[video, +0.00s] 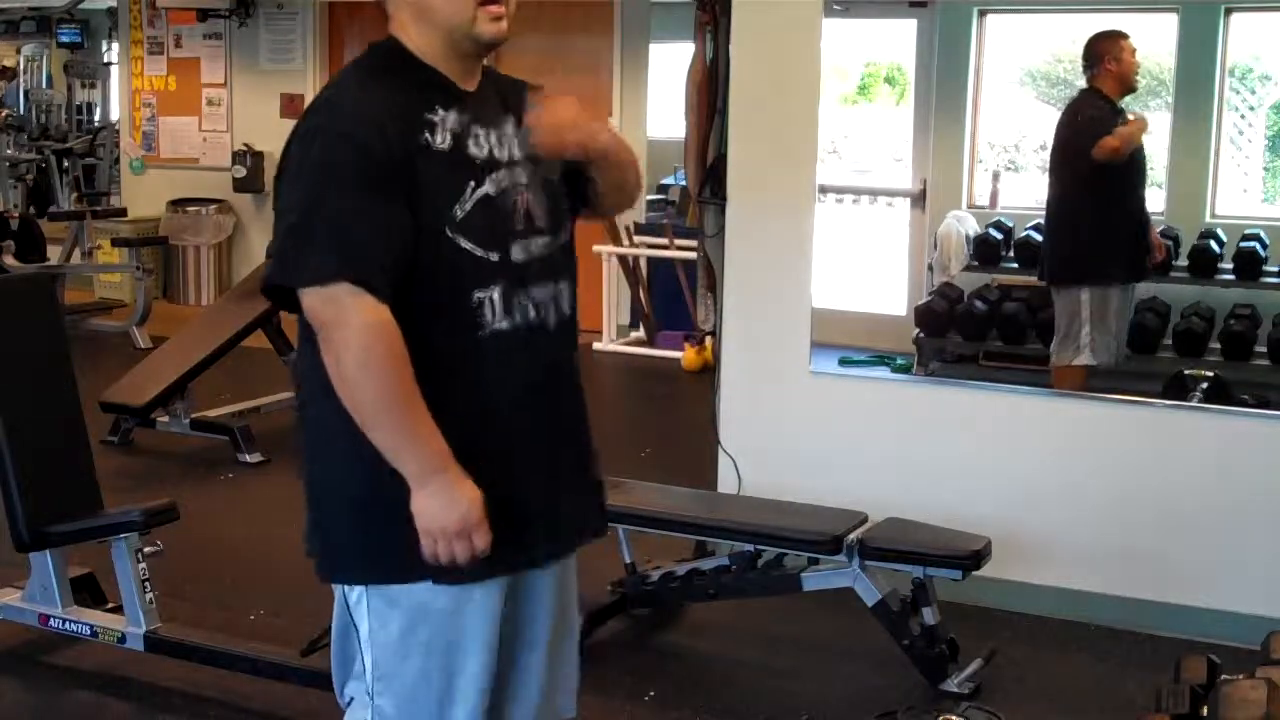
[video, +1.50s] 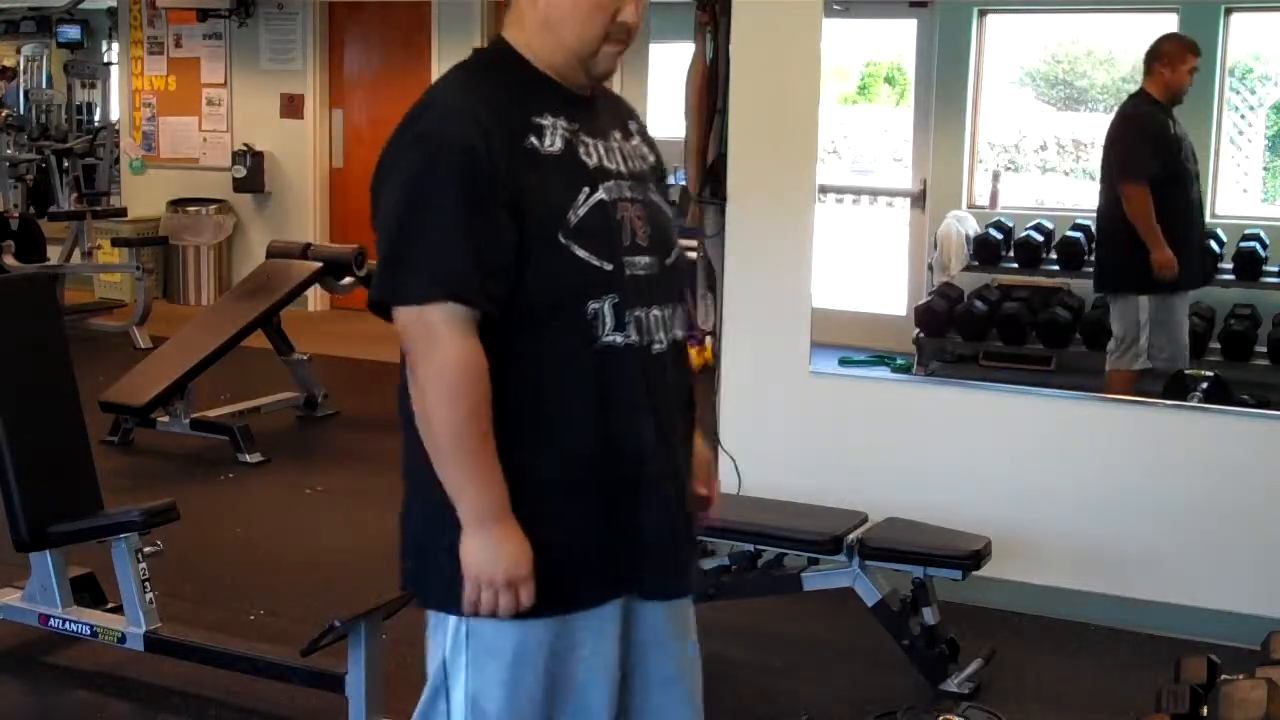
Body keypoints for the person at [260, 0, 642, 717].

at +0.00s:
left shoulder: (525, 107)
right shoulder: (350, 120)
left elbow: (612, 197)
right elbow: (340, 308)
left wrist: (601, 148)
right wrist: (431, 474)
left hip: (537, 496)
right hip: (411, 521)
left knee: (537, 708)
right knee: (419, 710)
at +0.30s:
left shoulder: (534, 110)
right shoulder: (357, 123)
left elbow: (605, 230)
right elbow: (341, 312)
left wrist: (630, 319)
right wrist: (405, 478)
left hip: (547, 499)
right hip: (426, 518)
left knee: (555, 704)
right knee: (426, 709)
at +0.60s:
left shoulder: (593, 117)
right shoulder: (417, 112)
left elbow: (614, 270)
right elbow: (374, 292)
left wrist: (673, 339)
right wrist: (477, 453)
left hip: (596, 498)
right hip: (467, 514)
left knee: (579, 708)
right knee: (441, 709)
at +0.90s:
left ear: (633, 3)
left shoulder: (664, 126)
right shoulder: (474, 126)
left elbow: (699, 289)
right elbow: (449, 310)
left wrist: (726, 413)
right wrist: (504, 477)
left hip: (667, 500)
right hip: (538, 514)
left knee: (654, 710)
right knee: (510, 710)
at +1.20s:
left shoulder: (668, 124)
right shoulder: (485, 128)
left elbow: (700, 294)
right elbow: (454, 321)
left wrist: (727, 410)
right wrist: (469, 503)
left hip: (676, 512)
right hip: (544, 528)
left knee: (671, 708)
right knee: (543, 709)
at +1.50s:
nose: (632, 15)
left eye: (637, 1)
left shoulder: (623, 123)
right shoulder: (456, 123)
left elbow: (648, 310)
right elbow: (434, 329)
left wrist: (686, 436)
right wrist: (484, 519)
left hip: (645, 535)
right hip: (523, 554)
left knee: (660, 711)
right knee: (508, 713)